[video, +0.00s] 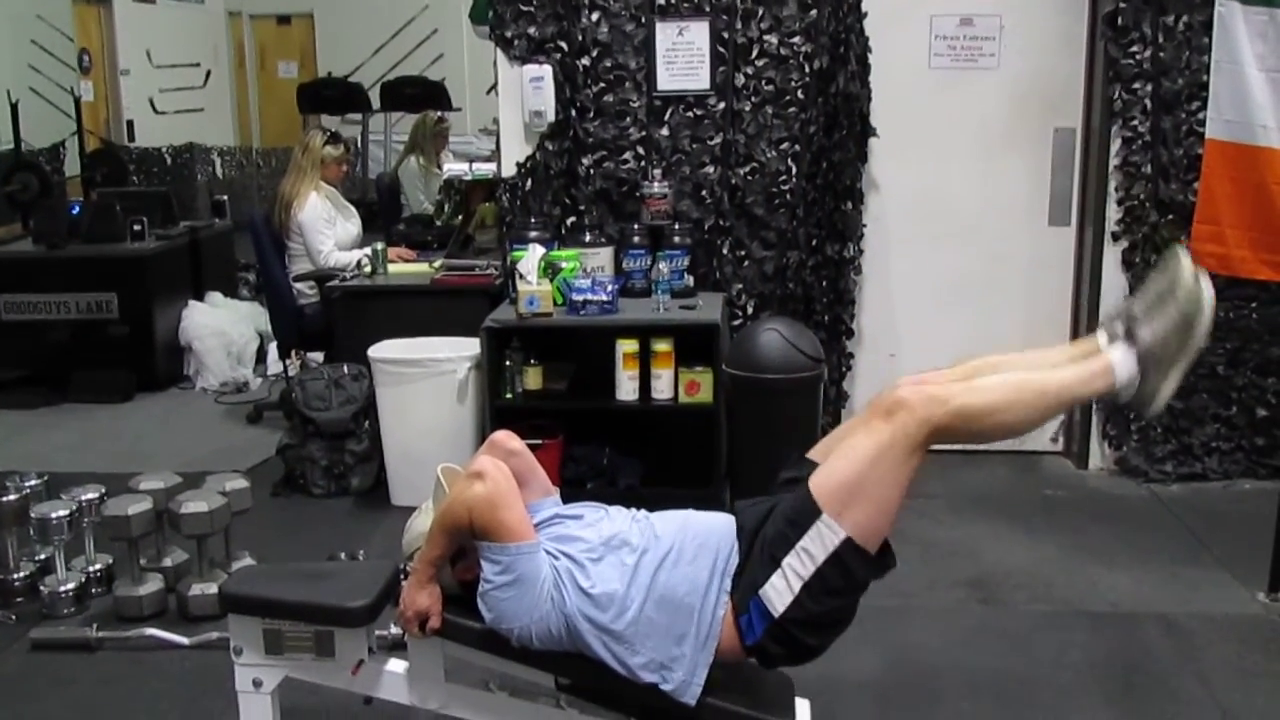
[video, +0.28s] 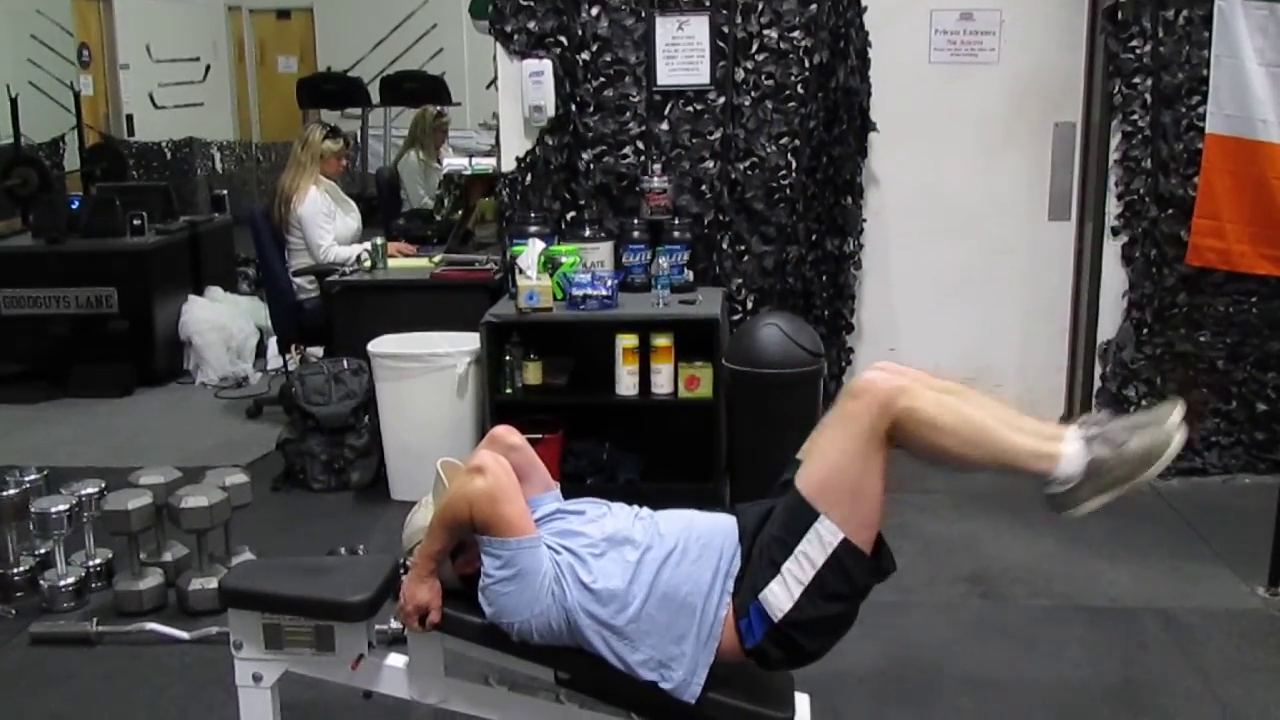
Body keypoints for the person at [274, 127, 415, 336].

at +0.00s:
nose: (345, 169)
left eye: (346, 163)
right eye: (339, 164)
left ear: (324, 165)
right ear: (320, 164)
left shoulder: (324, 196)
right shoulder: (311, 201)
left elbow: (335, 253)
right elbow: (325, 259)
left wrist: (380, 252)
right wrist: (380, 254)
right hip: (317, 302)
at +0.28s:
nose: (344, 164)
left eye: (345, 158)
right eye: (339, 158)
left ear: (324, 159)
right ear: (319, 158)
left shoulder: (322, 190)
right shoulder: (310, 195)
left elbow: (334, 247)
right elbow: (325, 254)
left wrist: (379, 247)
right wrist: (378, 248)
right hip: (317, 295)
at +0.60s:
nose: (344, 160)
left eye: (345, 154)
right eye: (338, 155)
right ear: (318, 155)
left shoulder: (322, 187)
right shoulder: (310, 192)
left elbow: (334, 244)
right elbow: (324, 251)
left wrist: (380, 243)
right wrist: (380, 246)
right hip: (318, 291)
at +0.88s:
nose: (344, 160)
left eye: (345, 153)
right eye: (338, 154)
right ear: (318, 154)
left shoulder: (323, 186)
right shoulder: (310, 192)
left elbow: (334, 243)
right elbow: (324, 251)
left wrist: (380, 243)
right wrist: (379, 245)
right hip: (318, 290)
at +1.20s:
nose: (345, 160)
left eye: (345, 153)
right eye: (339, 154)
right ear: (319, 155)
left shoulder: (323, 187)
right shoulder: (311, 192)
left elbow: (334, 244)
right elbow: (325, 251)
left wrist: (380, 243)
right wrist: (380, 245)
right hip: (318, 291)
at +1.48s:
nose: (345, 162)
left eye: (345, 156)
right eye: (338, 156)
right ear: (318, 156)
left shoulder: (324, 186)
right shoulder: (311, 193)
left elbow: (335, 243)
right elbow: (326, 251)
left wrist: (379, 243)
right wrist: (379, 245)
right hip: (318, 293)